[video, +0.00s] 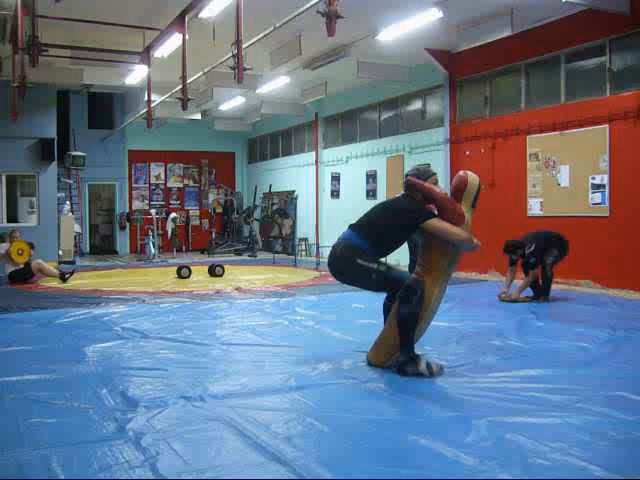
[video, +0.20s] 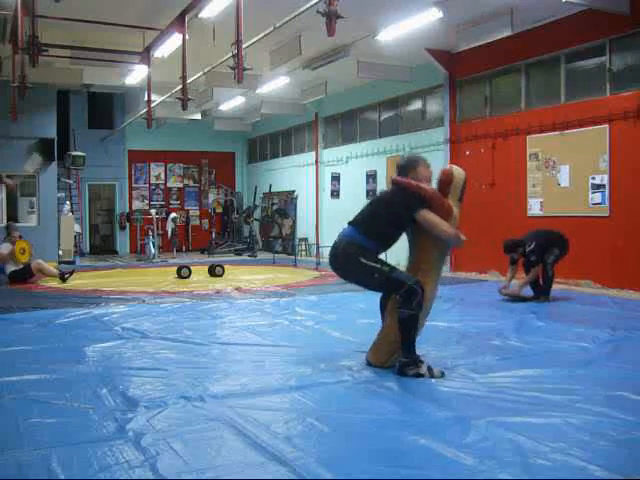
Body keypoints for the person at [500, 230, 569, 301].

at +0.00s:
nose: (513, 258)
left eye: (513, 255)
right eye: (511, 256)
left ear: (518, 251)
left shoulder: (531, 252)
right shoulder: (515, 250)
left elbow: (532, 276)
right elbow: (511, 272)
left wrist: (518, 292)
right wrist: (506, 289)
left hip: (559, 244)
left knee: (547, 263)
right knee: (525, 265)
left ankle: (545, 294)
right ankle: (537, 291)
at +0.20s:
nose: (513, 258)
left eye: (513, 255)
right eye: (511, 256)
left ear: (518, 250)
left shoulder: (532, 249)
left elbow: (536, 271)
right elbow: (513, 267)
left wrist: (520, 287)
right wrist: (507, 284)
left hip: (560, 243)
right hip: (545, 243)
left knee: (548, 263)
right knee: (527, 264)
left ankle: (545, 294)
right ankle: (538, 292)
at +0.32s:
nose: (512, 255)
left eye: (512, 252)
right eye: (510, 253)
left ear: (518, 247)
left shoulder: (532, 245)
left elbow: (537, 267)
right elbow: (513, 265)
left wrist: (521, 282)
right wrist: (507, 279)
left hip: (560, 242)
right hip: (545, 243)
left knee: (549, 262)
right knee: (529, 263)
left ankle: (546, 294)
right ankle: (538, 292)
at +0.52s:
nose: (513, 249)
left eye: (513, 246)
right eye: (511, 247)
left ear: (518, 240)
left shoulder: (533, 238)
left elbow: (543, 258)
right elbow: (513, 258)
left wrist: (526, 275)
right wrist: (510, 274)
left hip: (561, 240)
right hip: (545, 242)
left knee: (551, 267)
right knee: (536, 267)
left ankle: (553, 295)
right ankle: (539, 294)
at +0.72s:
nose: (516, 245)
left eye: (516, 242)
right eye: (514, 243)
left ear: (522, 237)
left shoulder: (535, 238)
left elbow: (548, 257)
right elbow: (517, 256)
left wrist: (536, 275)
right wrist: (514, 272)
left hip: (562, 238)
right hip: (548, 237)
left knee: (551, 266)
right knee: (531, 260)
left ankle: (553, 294)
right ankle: (534, 288)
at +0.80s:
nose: (518, 247)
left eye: (518, 244)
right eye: (515, 245)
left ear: (523, 238)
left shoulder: (536, 239)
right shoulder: (521, 237)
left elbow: (547, 260)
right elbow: (519, 254)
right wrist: (515, 270)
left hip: (560, 238)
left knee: (552, 264)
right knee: (531, 260)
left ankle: (553, 293)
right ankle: (528, 287)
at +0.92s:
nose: (519, 250)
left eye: (519, 247)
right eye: (517, 248)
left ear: (524, 241)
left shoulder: (537, 243)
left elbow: (545, 265)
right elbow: (519, 256)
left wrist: (543, 288)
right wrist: (515, 269)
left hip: (559, 237)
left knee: (553, 267)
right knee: (530, 263)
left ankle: (553, 294)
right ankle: (528, 289)